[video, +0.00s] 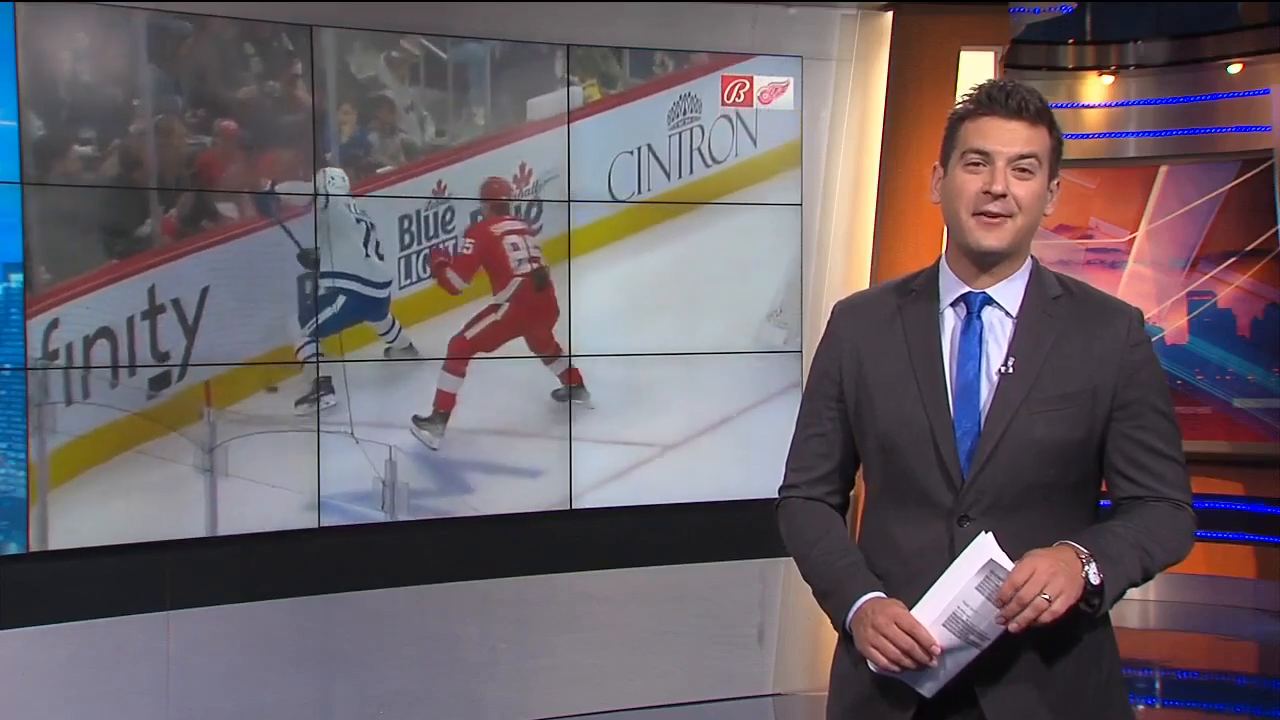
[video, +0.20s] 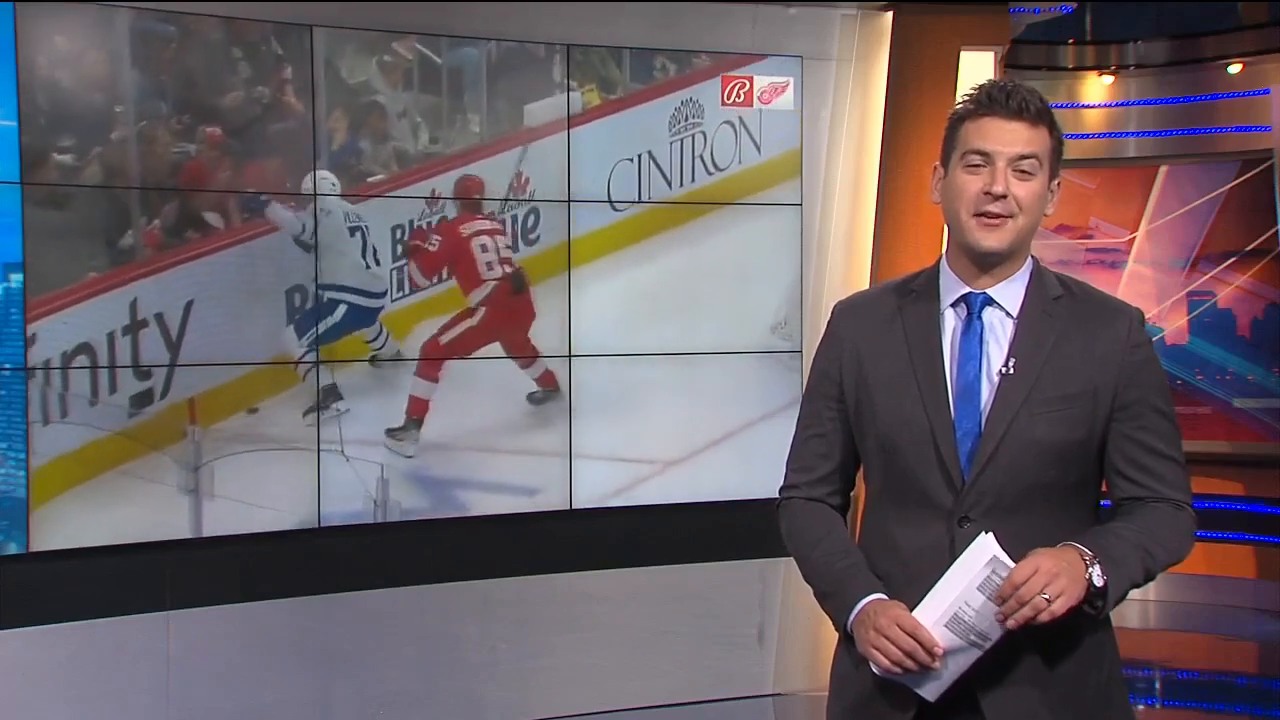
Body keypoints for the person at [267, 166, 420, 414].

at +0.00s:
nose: (314, 193)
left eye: (316, 189)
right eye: (315, 188)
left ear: (323, 189)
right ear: (345, 188)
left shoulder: (331, 205)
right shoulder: (362, 215)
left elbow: (308, 189)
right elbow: (357, 255)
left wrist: (273, 189)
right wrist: (321, 260)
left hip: (350, 298)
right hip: (380, 299)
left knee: (304, 334)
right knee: (380, 318)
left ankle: (321, 385)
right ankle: (405, 348)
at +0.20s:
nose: (306, 202)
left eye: (307, 197)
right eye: (306, 198)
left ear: (312, 195)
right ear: (336, 191)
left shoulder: (321, 210)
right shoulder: (354, 214)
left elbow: (297, 227)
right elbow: (339, 250)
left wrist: (267, 205)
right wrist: (308, 243)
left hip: (345, 305)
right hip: (375, 305)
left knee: (294, 337)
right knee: (364, 320)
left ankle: (326, 391)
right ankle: (391, 353)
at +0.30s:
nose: (301, 206)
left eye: (304, 201)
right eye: (301, 201)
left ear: (312, 198)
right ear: (333, 195)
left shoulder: (323, 217)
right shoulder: (354, 214)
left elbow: (293, 240)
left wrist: (263, 219)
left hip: (343, 308)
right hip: (372, 305)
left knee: (292, 344)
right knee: (356, 322)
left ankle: (329, 397)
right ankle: (384, 359)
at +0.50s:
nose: (306, 209)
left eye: (309, 203)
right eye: (305, 203)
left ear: (314, 202)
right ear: (332, 195)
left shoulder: (323, 229)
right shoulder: (348, 206)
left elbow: (294, 267)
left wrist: (268, 248)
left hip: (347, 305)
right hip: (372, 299)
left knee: (294, 348)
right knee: (351, 329)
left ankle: (341, 401)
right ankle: (372, 364)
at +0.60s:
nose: (311, 207)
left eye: (316, 200)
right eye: (309, 200)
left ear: (331, 196)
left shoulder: (332, 224)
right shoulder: (352, 207)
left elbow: (311, 276)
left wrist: (275, 262)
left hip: (356, 296)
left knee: (312, 343)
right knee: (349, 341)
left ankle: (359, 397)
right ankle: (369, 386)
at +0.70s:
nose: (313, 203)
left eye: (316, 196)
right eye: (311, 196)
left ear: (333, 192)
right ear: (338, 188)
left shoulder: (340, 219)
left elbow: (333, 280)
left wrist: (292, 274)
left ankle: (365, 406)